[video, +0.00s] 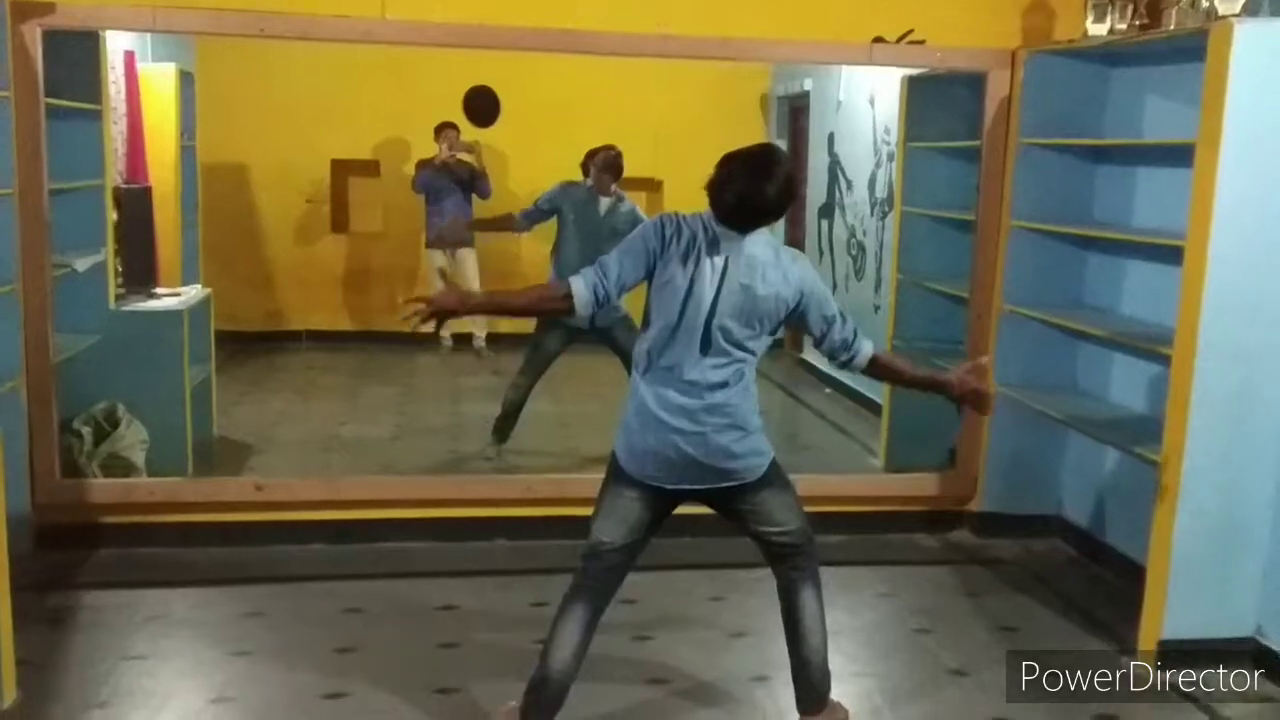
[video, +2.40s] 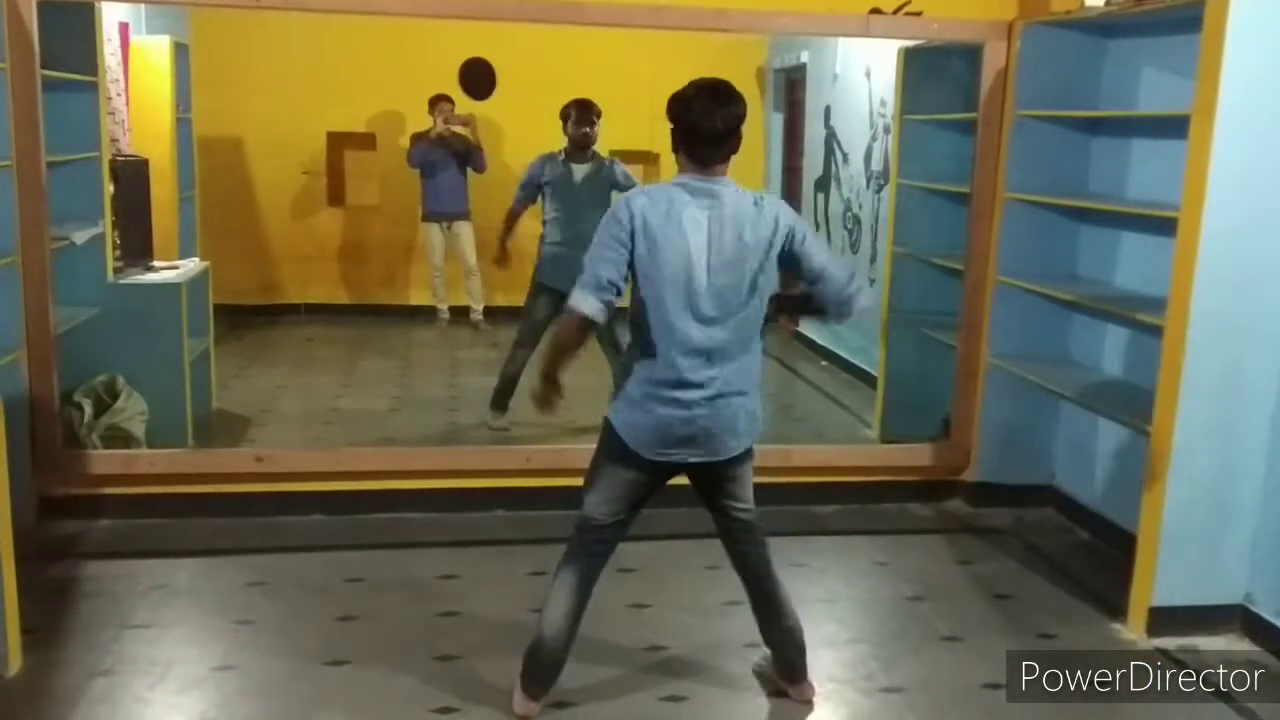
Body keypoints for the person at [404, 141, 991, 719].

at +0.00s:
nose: (795, 192)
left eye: (785, 182)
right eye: (791, 187)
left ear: (717, 191)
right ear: (779, 209)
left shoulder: (668, 232)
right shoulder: (791, 273)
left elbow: (578, 295)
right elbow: (857, 351)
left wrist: (472, 301)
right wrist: (945, 382)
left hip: (647, 442)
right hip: (730, 449)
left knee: (592, 582)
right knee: (797, 565)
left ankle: (533, 712)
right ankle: (816, 708)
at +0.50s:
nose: (788, 175)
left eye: (770, 159)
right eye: (786, 167)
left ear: (717, 165)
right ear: (774, 183)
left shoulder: (666, 208)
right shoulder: (786, 240)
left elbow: (566, 246)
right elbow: (874, 300)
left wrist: (461, 222)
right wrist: (972, 293)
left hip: (644, 418)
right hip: (728, 422)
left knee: (591, 557)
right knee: (794, 534)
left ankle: (528, 700)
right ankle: (810, 684)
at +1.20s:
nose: (759, 153)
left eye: (714, 142)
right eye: (765, 146)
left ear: (703, 148)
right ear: (764, 159)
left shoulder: (658, 202)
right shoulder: (782, 228)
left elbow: (561, 217)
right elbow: (885, 257)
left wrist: (485, 145)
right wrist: (970, 200)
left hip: (642, 417)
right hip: (729, 421)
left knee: (589, 553)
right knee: (791, 529)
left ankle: (529, 689)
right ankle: (807, 675)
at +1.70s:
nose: (680, 131)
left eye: (684, 125)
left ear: (687, 142)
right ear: (749, 150)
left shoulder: (651, 198)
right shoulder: (776, 217)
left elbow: (551, 205)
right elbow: (884, 226)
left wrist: (515, 104)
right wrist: (915, 129)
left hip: (644, 417)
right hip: (734, 421)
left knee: (588, 554)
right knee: (780, 545)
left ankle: (528, 690)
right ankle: (808, 680)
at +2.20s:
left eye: (674, 134)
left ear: (677, 141)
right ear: (740, 142)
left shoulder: (647, 196)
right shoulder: (771, 204)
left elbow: (558, 240)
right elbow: (874, 198)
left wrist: (490, 192)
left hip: (648, 414)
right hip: (731, 417)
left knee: (588, 549)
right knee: (768, 545)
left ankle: (530, 691)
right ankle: (803, 679)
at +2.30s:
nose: (671, 141)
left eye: (671, 133)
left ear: (673, 140)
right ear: (737, 142)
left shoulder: (641, 200)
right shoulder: (769, 207)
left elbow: (563, 267)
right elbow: (881, 216)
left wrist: (491, 280)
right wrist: (863, 281)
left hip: (648, 414)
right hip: (728, 418)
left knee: (587, 552)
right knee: (760, 555)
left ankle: (527, 700)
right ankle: (797, 691)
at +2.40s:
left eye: (672, 130)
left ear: (673, 137)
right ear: (737, 142)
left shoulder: (636, 210)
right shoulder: (770, 216)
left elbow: (583, 312)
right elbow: (844, 296)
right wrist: (787, 299)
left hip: (648, 420)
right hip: (728, 424)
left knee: (584, 553)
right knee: (753, 555)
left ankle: (528, 696)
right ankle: (795, 681)